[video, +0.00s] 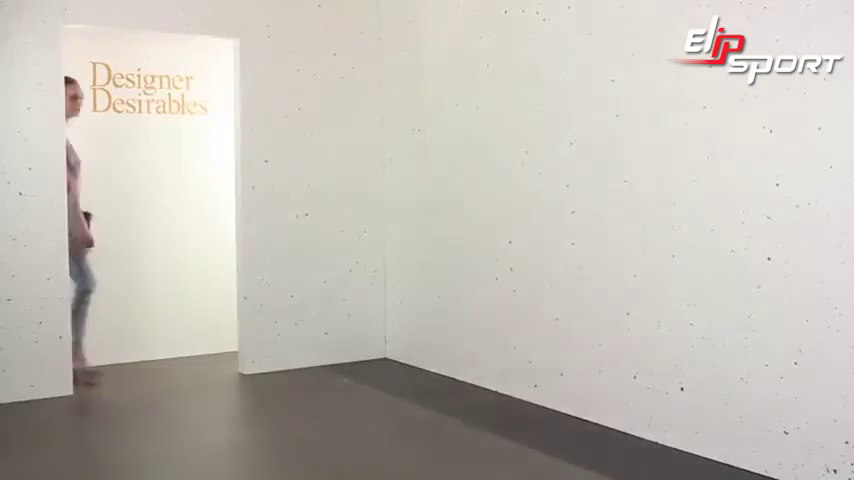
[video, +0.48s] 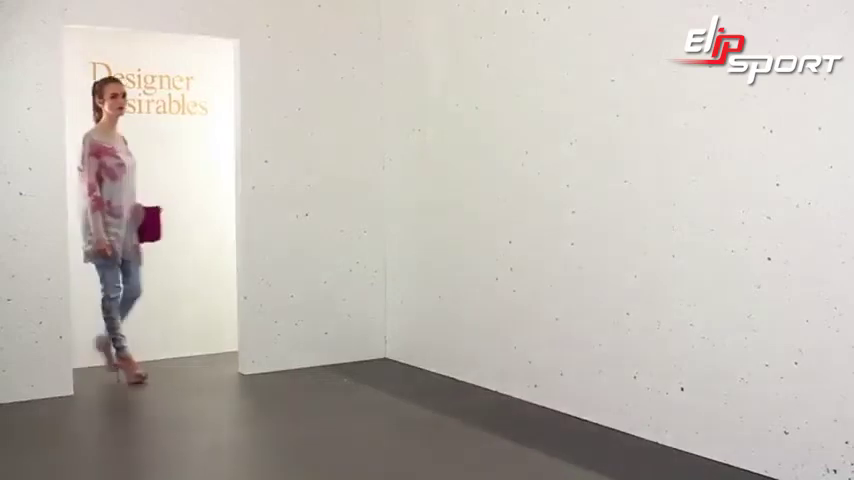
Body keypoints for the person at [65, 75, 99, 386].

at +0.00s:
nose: (78, 104)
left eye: (79, 98)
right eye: (73, 98)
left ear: (75, 102)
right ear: (58, 100)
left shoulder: (62, 140)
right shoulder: (57, 140)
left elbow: (68, 190)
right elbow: (65, 192)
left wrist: (80, 218)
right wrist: (78, 229)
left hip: (69, 228)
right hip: (63, 230)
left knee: (85, 284)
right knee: (85, 284)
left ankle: (76, 355)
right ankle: (75, 355)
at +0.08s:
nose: (86, 104)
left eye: (87, 98)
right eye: (80, 98)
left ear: (83, 102)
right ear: (65, 100)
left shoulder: (70, 139)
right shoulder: (62, 139)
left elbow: (75, 187)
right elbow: (68, 189)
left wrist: (84, 225)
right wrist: (79, 228)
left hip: (74, 224)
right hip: (68, 226)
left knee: (88, 287)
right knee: (91, 285)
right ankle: (102, 351)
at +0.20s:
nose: (98, 103)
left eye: (99, 98)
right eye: (91, 98)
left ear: (99, 102)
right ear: (76, 103)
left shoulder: (83, 139)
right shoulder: (70, 140)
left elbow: (84, 190)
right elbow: (72, 192)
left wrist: (97, 230)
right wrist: (84, 234)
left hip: (85, 229)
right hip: (76, 231)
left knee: (67, 292)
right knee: (100, 289)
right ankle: (120, 353)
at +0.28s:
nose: (105, 104)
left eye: (107, 98)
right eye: (98, 98)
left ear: (109, 103)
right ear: (83, 103)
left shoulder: (95, 138)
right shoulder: (78, 138)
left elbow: (94, 190)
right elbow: (79, 190)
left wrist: (107, 226)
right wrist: (87, 234)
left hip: (95, 228)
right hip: (87, 230)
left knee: (78, 291)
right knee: (107, 290)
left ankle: (54, 350)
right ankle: (123, 354)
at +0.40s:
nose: (115, 102)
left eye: (117, 96)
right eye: (108, 97)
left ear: (120, 100)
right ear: (94, 102)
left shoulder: (112, 139)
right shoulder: (87, 138)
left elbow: (115, 189)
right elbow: (87, 189)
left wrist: (129, 225)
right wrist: (93, 234)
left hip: (117, 224)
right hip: (98, 226)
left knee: (115, 289)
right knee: (110, 290)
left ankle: (80, 343)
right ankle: (123, 355)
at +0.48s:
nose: (120, 101)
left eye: (123, 96)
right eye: (114, 97)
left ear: (126, 100)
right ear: (100, 102)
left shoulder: (122, 141)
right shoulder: (92, 140)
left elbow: (125, 191)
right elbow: (92, 191)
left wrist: (137, 228)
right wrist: (100, 236)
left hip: (127, 226)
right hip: (104, 228)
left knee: (133, 288)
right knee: (111, 290)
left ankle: (108, 339)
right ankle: (124, 357)